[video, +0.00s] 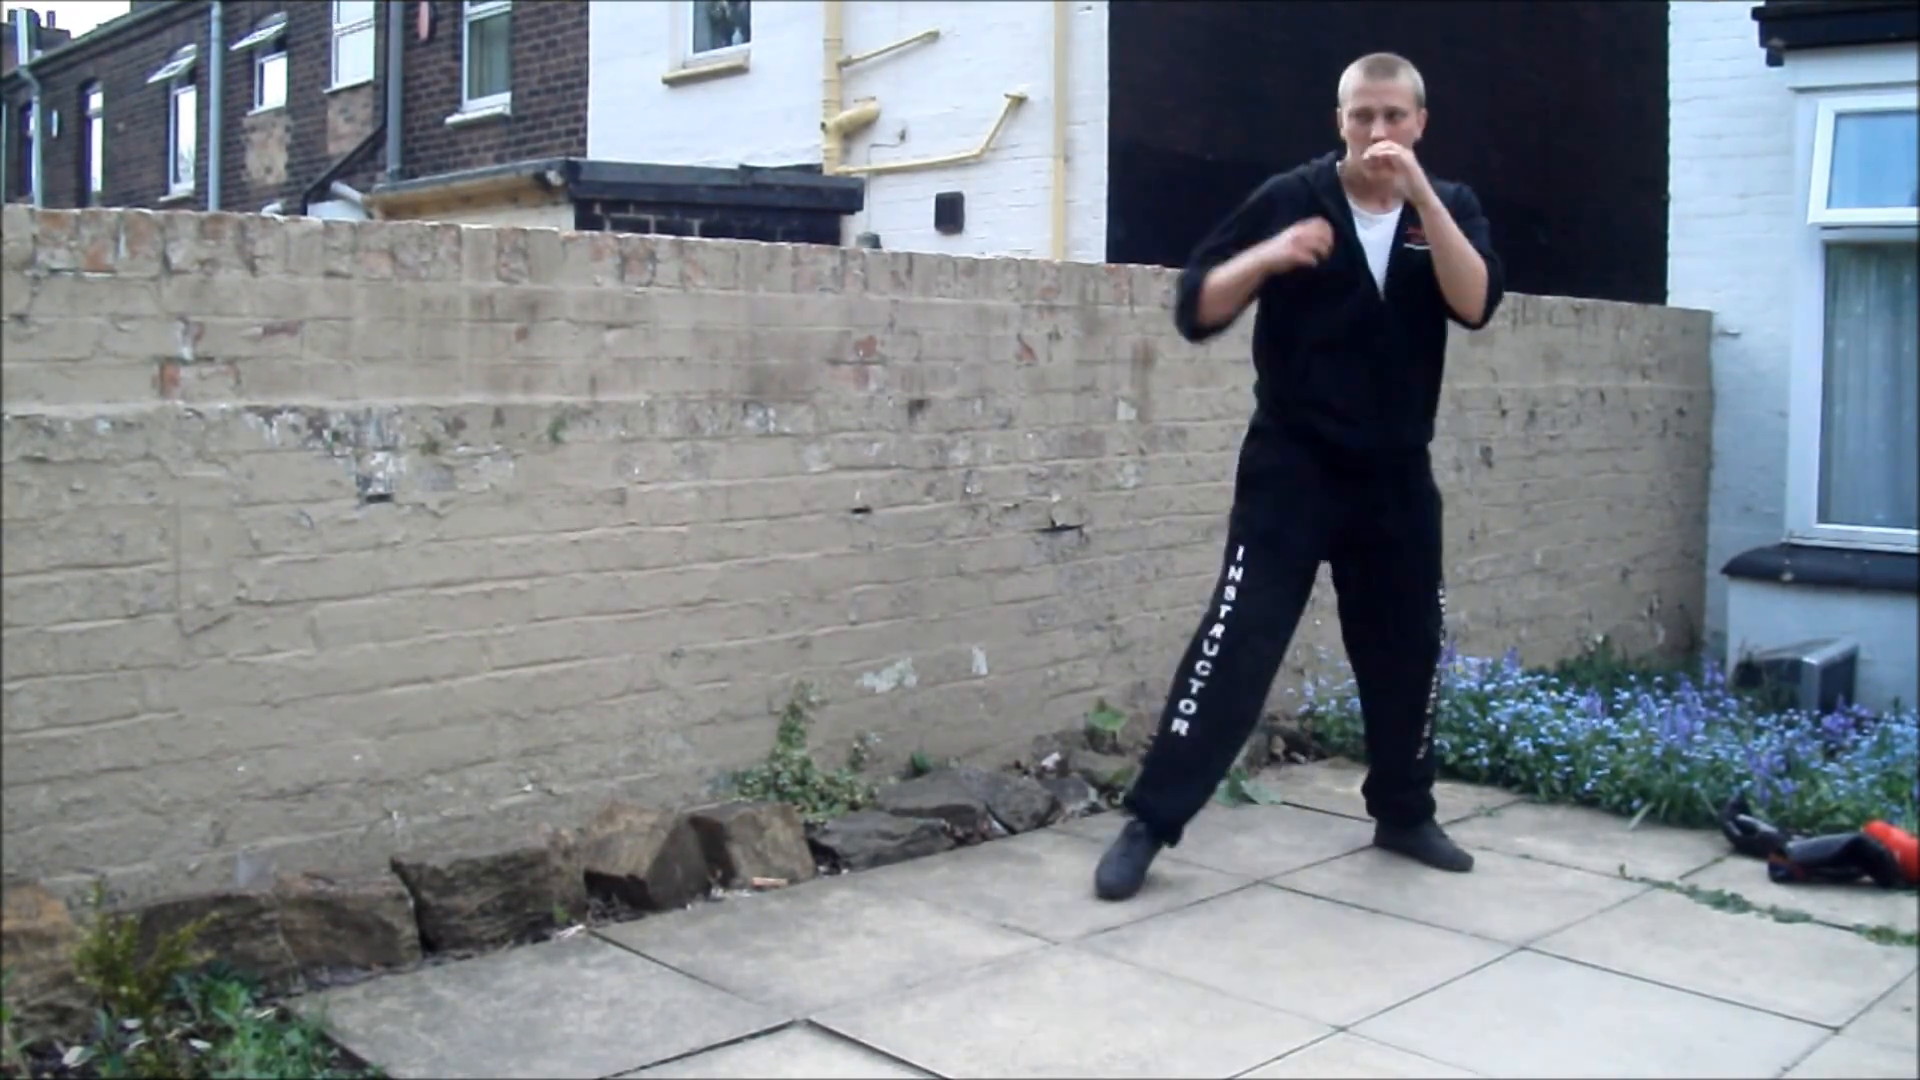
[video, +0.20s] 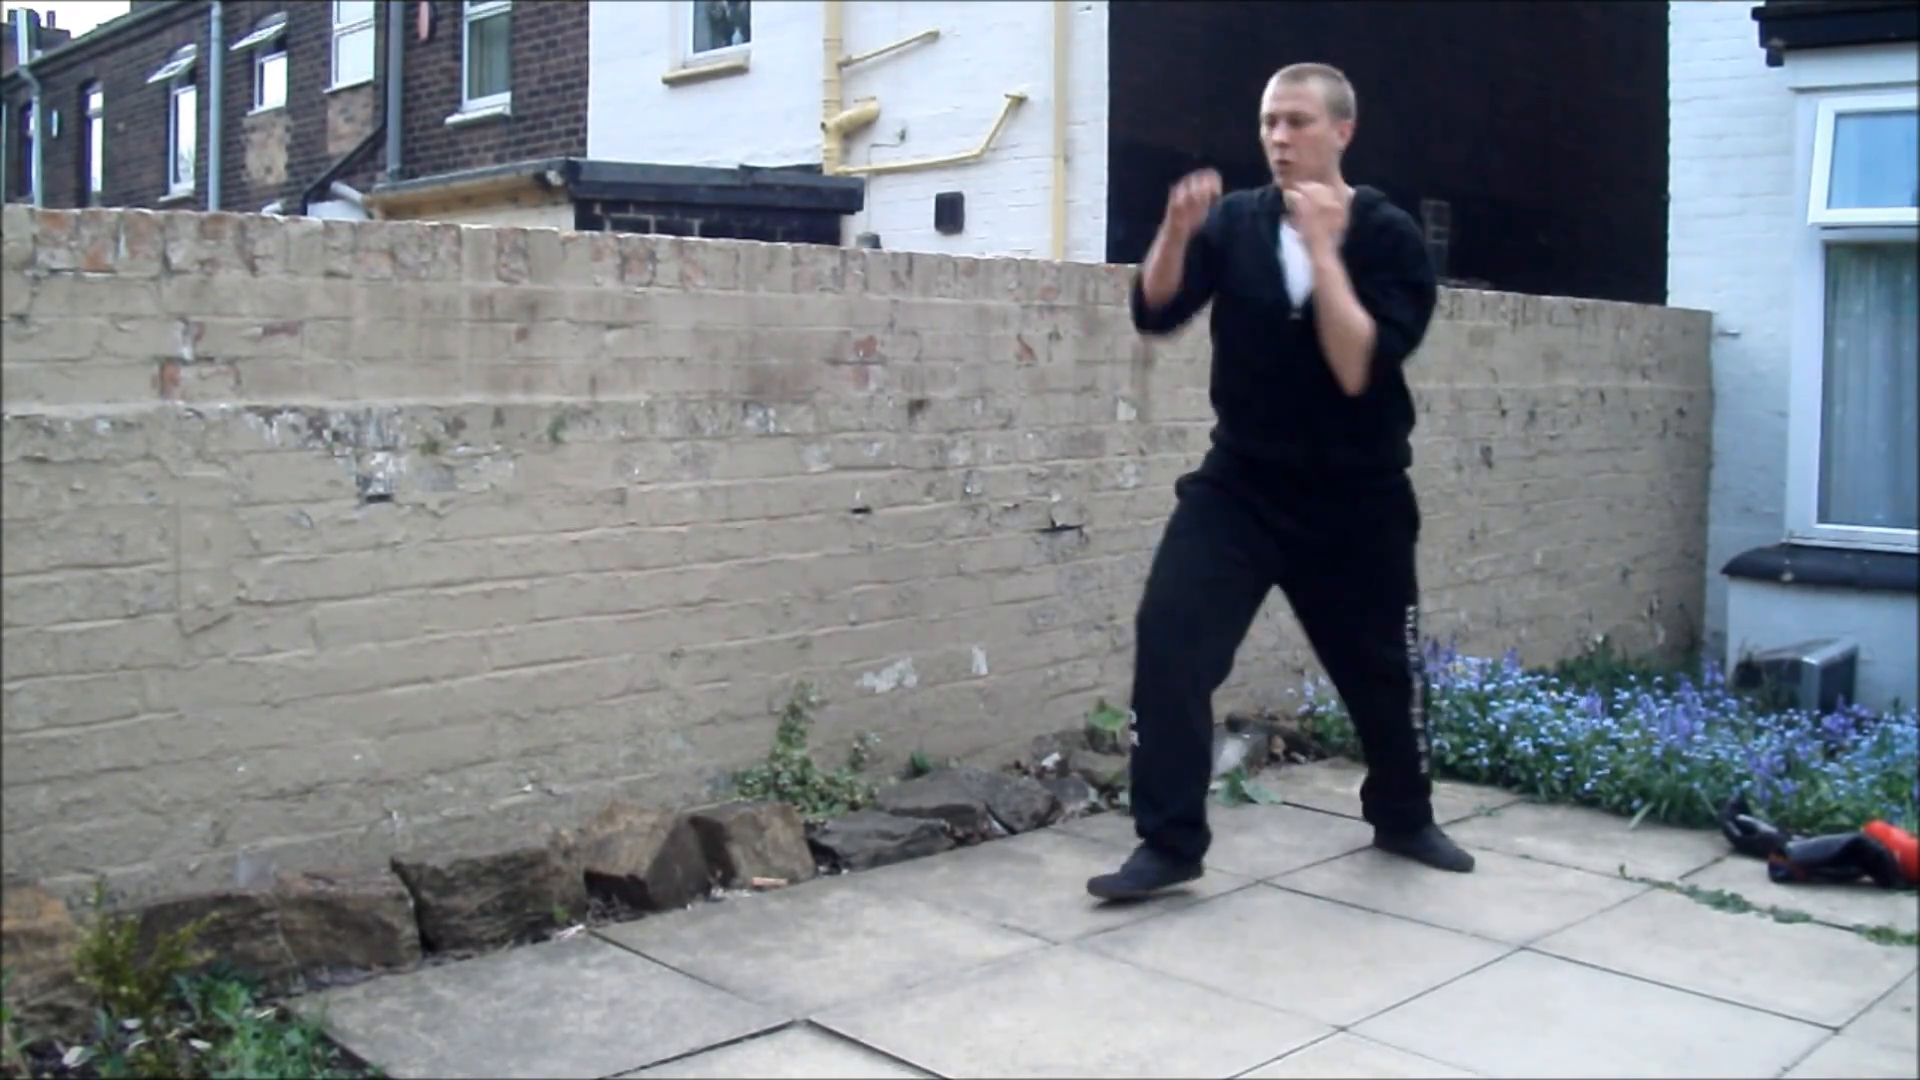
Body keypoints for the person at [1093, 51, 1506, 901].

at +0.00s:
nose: (1379, 131)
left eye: (1395, 116)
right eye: (1363, 116)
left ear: (1422, 123)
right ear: (1339, 122)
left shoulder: (1450, 209)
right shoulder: (1291, 200)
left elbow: (1476, 305)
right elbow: (1194, 311)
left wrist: (1424, 202)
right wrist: (1263, 257)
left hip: (1395, 474)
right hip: (1289, 467)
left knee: (1404, 647)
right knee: (1238, 640)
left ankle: (1404, 814)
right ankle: (1148, 824)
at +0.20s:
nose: (1279, 138)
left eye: (1298, 121)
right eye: (1269, 123)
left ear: (1344, 131)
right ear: (1260, 133)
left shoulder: (1387, 237)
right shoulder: (1234, 219)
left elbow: (1360, 370)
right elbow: (1155, 314)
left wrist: (1325, 254)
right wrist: (1174, 231)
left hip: (1355, 500)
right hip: (1242, 486)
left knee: (1378, 670)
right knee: (1170, 640)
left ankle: (1403, 819)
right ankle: (1169, 843)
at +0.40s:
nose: (1180, 139)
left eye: (1199, 125)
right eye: (1179, 128)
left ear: (1254, 133)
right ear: (1196, 139)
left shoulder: (1269, 188)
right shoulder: (1219, 220)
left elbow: (1156, 177)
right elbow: (1203, 378)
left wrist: (1051, 106)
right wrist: (1120, 351)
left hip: (1265, 466)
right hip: (1184, 470)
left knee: (1269, 660)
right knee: (1124, 657)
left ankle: (1364, 799)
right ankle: (1185, 859)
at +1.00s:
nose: (1106, 150)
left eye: (1109, 138)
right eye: (1105, 139)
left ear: (1135, 133)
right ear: (1198, 138)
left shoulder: (1121, 172)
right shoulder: (1274, 246)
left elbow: (968, 261)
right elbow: (1305, 381)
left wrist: (988, 203)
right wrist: (1213, 431)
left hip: (1062, 409)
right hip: (1170, 451)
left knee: (934, 576)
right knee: (1094, 654)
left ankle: (968, 800)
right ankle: (1097, 879)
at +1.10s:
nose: (1102, 108)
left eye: (1102, 97)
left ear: (1110, 99)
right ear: (1195, 102)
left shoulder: (1066, 156)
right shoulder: (1255, 193)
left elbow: (998, 289)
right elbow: (1259, 357)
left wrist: (1077, 301)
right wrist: (1183, 346)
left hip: (1032, 407)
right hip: (1153, 425)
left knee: (992, 638)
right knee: (1112, 656)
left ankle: (952, 857)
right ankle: (1098, 882)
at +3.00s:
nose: (1205, 152)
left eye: (1220, 136)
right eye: (1194, 137)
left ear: (1265, 133)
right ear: (1187, 140)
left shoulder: (1337, 208)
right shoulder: (1178, 213)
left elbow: (1339, 343)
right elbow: (1151, 358)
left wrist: (1264, 246)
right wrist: (1168, 282)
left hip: (1310, 471)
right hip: (1200, 466)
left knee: (1303, 644)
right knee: (1174, 641)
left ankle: (1298, 800)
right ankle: (1121, 827)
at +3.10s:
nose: (1205, 152)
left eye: (1221, 135)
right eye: (1194, 136)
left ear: (1265, 133)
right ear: (1185, 137)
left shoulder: (1333, 205)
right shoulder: (1168, 207)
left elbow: (1340, 345)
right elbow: (1138, 358)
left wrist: (1268, 255)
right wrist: (1156, 281)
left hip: (1305, 475)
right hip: (1192, 470)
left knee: (1314, 648)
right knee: (1164, 645)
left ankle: (1295, 798)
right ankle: (1117, 829)